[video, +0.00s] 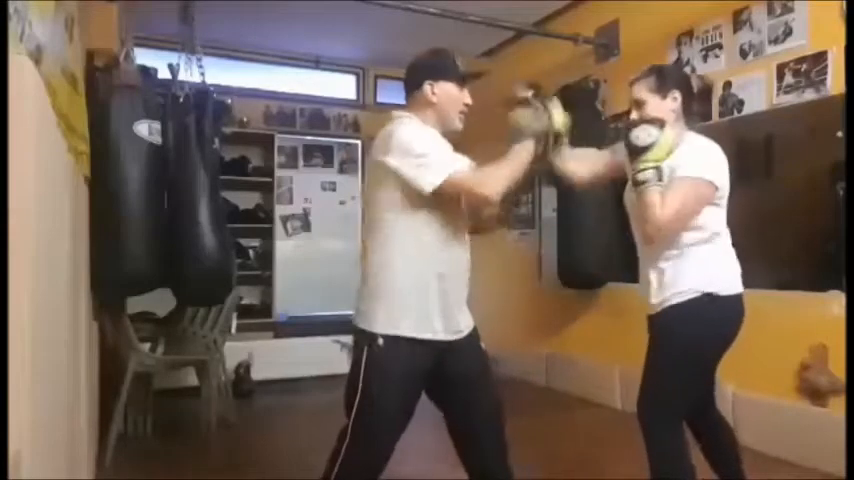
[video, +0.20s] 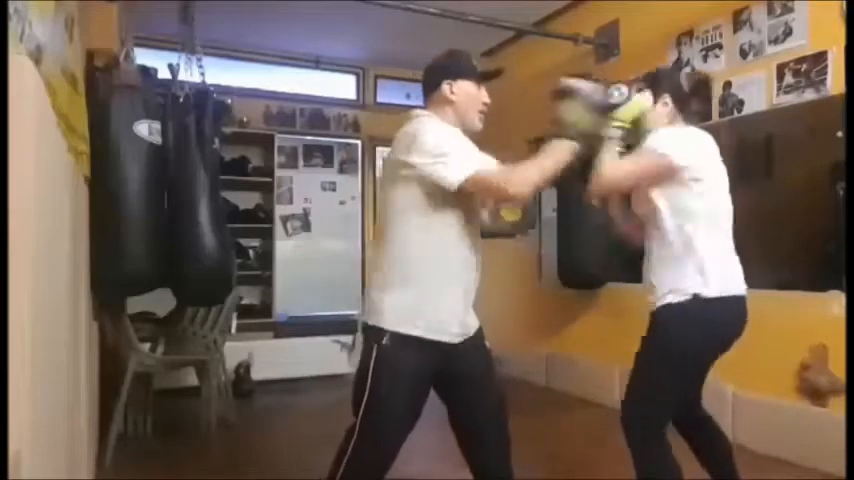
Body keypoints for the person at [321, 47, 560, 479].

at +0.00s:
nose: (469, 99)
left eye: (467, 89)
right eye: (459, 86)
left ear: (433, 93)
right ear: (430, 91)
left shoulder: (441, 148)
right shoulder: (402, 135)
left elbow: (477, 221)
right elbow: (480, 188)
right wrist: (528, 142)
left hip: (452, 329)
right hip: (394, 331)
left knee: (489, 456)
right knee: (360, 460)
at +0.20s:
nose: (487, 98)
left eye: (485, 89)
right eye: (479, 87)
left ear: (450, 93)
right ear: (449, 90)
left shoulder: (456, 143)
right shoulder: (422, 132)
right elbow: (507, 186)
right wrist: (560, 150)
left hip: (457, 329)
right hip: (402, 330)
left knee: (492, 454)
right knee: (368, 455)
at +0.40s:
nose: (501, 100)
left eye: (500, 89)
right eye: (493, 88)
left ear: (466, 91)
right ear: (465, 89)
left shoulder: (466, 146)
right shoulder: (432, 131)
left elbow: (486, 230)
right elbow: (507, 190)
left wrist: (519, 215)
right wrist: (565, 159)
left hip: (466, 323)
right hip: (410, 321)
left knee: (495, 440)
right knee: (374, 445)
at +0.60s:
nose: (504, 101)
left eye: (504, 91)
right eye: (497, 89)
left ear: (470, 92)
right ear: (468, 90)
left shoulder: (479, 151)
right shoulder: (425, 138)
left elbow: (512, 215)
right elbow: (450, 223)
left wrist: (544, 192)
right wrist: (516, 190)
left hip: (469, 329)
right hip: (410, 327)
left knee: (496, 442)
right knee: (373, 449)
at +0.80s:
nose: (499, 102)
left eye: (499, 92)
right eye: (492, 91)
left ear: (464, 93)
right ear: (463, 90)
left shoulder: (457, 142)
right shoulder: (431, 135)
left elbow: (487, 218)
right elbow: (510, 196)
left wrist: (533, 195)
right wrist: (577, 154)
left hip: (464, 326)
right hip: (410, 327)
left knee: (494, 440)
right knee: (374, 448)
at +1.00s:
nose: (485, 105)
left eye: (484, 95)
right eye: (477, 93)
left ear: (448, 95)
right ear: (446, 91)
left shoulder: (454, 150)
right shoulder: (414, 134)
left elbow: (509, 199)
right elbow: (491, 191)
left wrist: (560, 159)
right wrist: (556, 154)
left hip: (461, 334)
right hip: (400, 332)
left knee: (496, 459)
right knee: (366, 458)